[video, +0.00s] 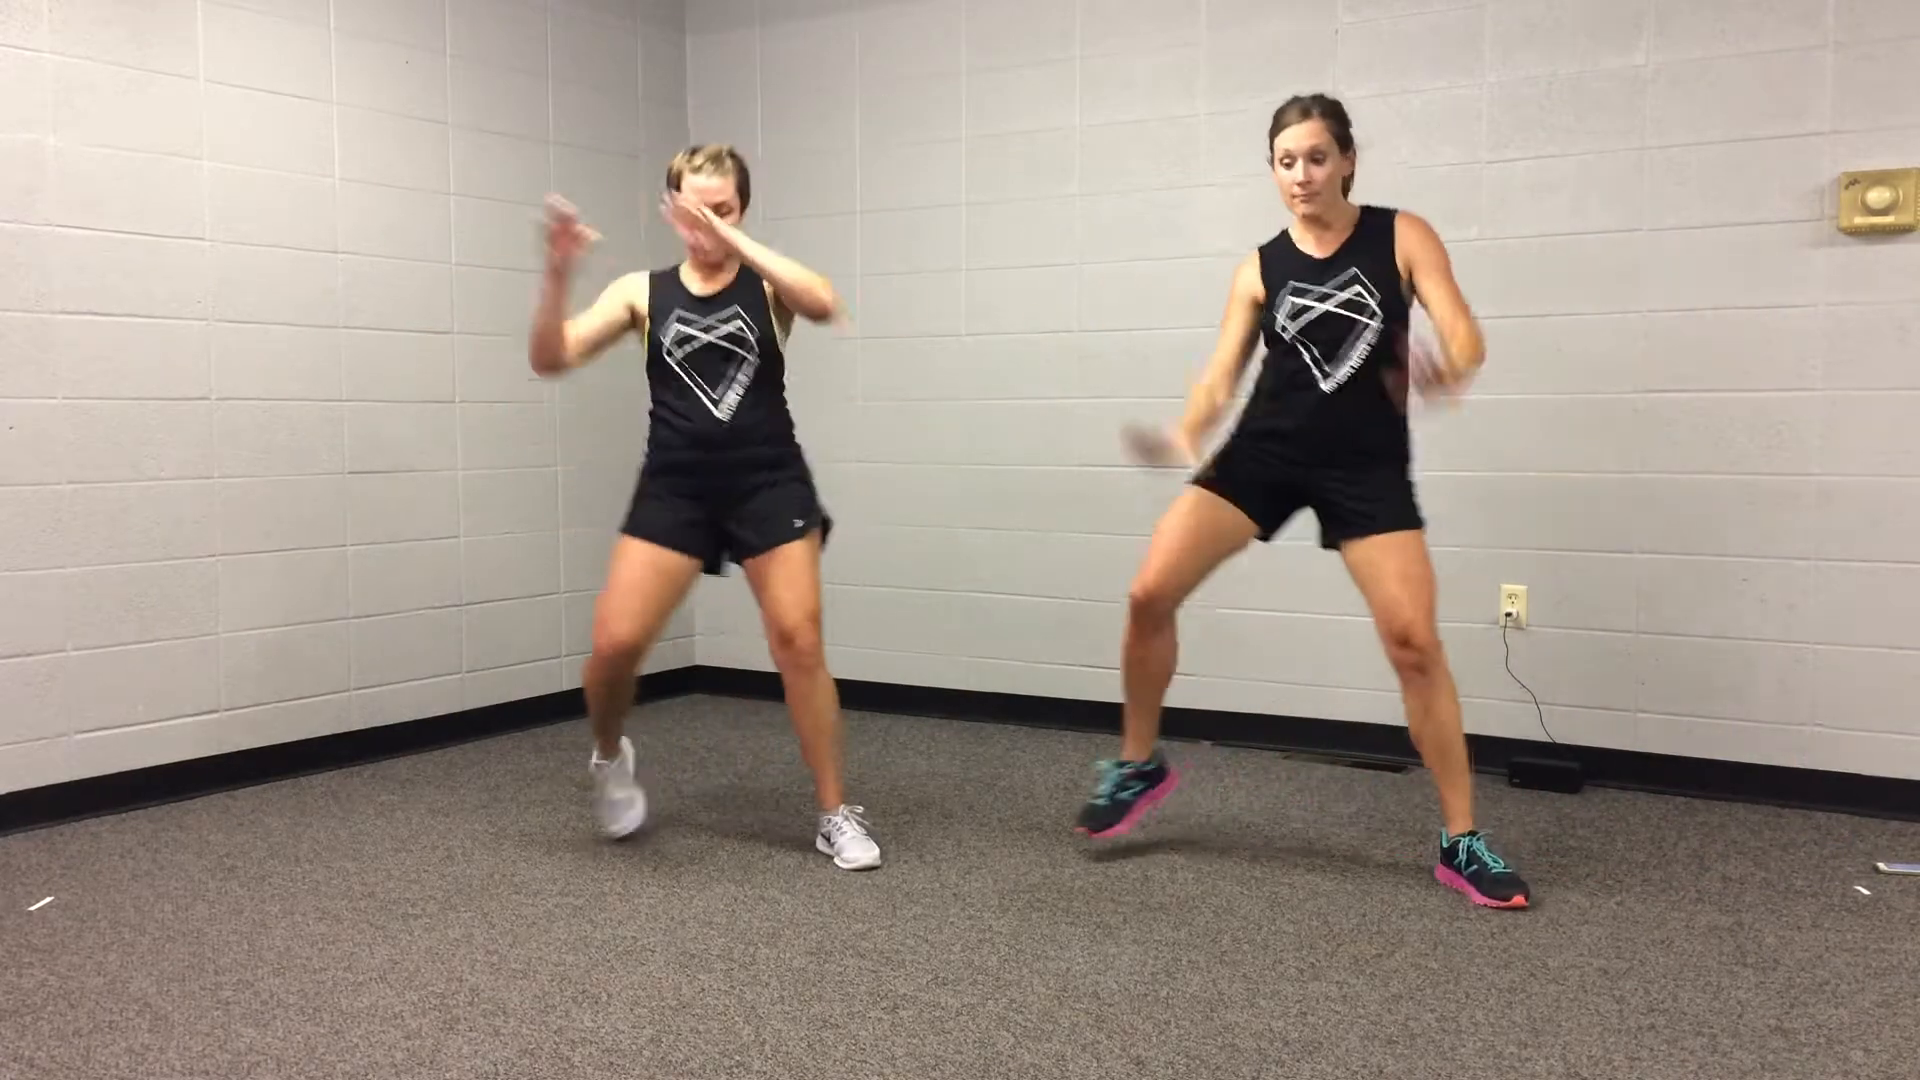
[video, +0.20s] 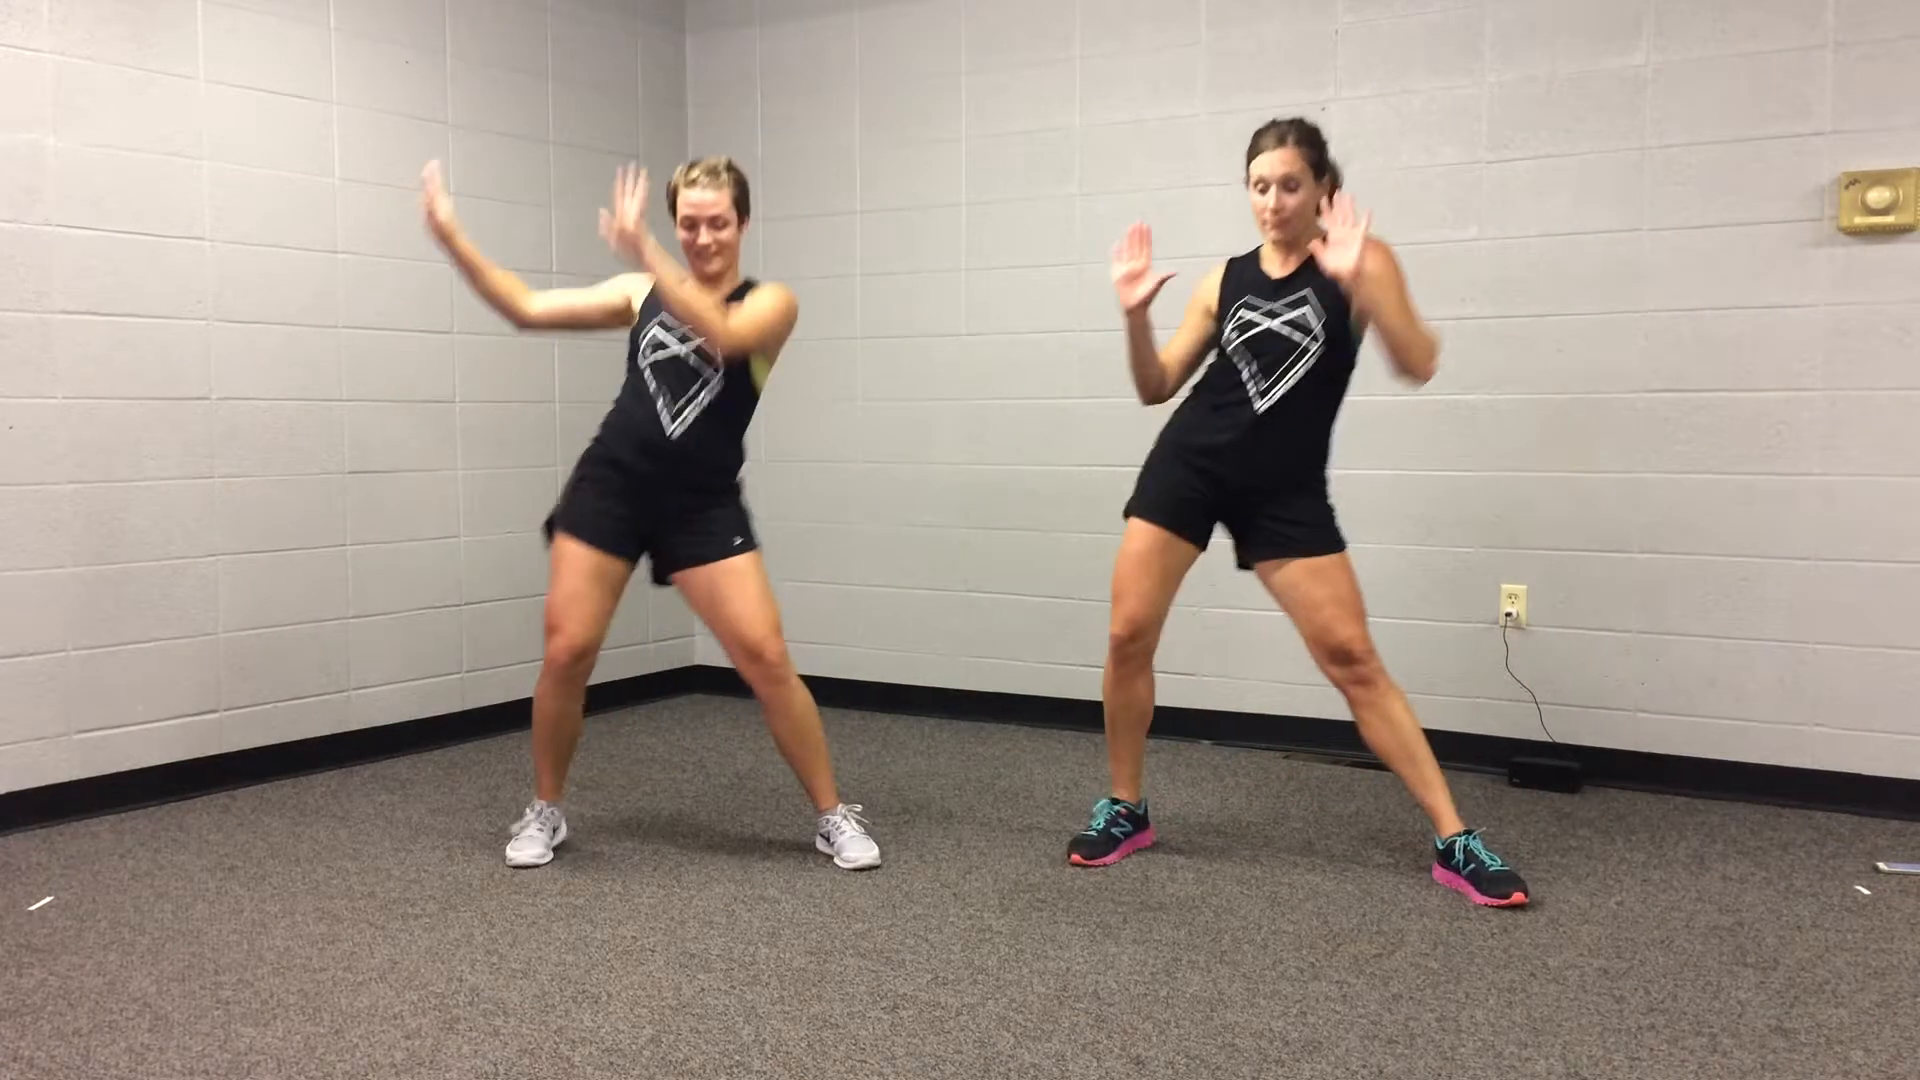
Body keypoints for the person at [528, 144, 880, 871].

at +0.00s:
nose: (712, 224)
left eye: (724, 211)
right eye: (700, 211)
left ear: (743, 215)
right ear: (674, 210)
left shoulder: (767, 280)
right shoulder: (642, 291)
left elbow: (823, 303)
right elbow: (549, 358)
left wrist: (729, 234)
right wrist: (558, 273)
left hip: (769, 483)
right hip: (675, 487)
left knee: (799, 639)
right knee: (614, 644)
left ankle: (835, 812)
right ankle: (609, 756)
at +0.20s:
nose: (703, 236)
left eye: (717, 222)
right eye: (691, 224)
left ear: (743, 224)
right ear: (677, 228)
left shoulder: (771, 303)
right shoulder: (644, 296)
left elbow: (722, 335)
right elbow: (527, 308)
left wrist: (644, 254)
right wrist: (450, 236)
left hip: (703, 502)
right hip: (611, 489)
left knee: (767, 655)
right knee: (566, 648)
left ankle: (833, 814)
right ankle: (545, 809)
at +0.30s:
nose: (694, 261)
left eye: (707, 247)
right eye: (682, 248)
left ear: (732, 250)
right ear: (666, 251)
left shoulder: (758, 344)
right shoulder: (624, 319)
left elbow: (740, 445)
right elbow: (527, 373)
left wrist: (651, 413)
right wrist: (439, 363)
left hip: (677, 520)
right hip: (587, 505)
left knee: (747, 667)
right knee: (550, 663)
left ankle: (829, 813)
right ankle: (547, 811)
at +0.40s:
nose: (680, 261)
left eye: (694, 249)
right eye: (668, 247)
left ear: (715, 251)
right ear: (649, 245)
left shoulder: (739, 340)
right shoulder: (599, 317)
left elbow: (757, 441)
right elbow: (545, 410)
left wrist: (756, 509)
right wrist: (534, 496)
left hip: (673, 517)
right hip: (582, 508)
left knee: (748, 651)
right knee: (550, 660)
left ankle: (828, 812)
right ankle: (546, 813)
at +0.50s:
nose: (674, 246)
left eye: (688, 232)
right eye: (661, 229)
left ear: (704, 229)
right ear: (634, 219)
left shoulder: (718, 299)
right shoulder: (588, 295)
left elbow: (764, 384)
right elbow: (586, 406)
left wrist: (842, 423)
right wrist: (673, 463)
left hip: (688, 489)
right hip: (601, 489)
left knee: (764, 628)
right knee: (574, 643)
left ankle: (813, 796)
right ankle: (547, 810)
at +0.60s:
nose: (675, 243)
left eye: (688, 230)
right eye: (661, 226)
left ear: (703, 226)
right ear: (634, 216)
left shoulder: (707, 280)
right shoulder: (593, 292)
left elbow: (760, 338)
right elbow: (629, 396)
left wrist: (836, 301)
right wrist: (727, 360)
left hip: (713, 470)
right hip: (629, 479)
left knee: (784, 622)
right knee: (600, 638)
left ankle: (789, 761)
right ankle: (548, 808)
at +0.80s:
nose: (692, 289)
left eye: (704, 275)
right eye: (678, 275)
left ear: (718, 271)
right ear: (652, 269)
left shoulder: (736, 319)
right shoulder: (620, 352)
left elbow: (788, 384)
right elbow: (652, 465)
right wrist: (735, 429)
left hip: (762, 495)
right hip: (682, 511)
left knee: (811, 645)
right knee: (645, 650)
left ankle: (803, 766)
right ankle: (555, 809)